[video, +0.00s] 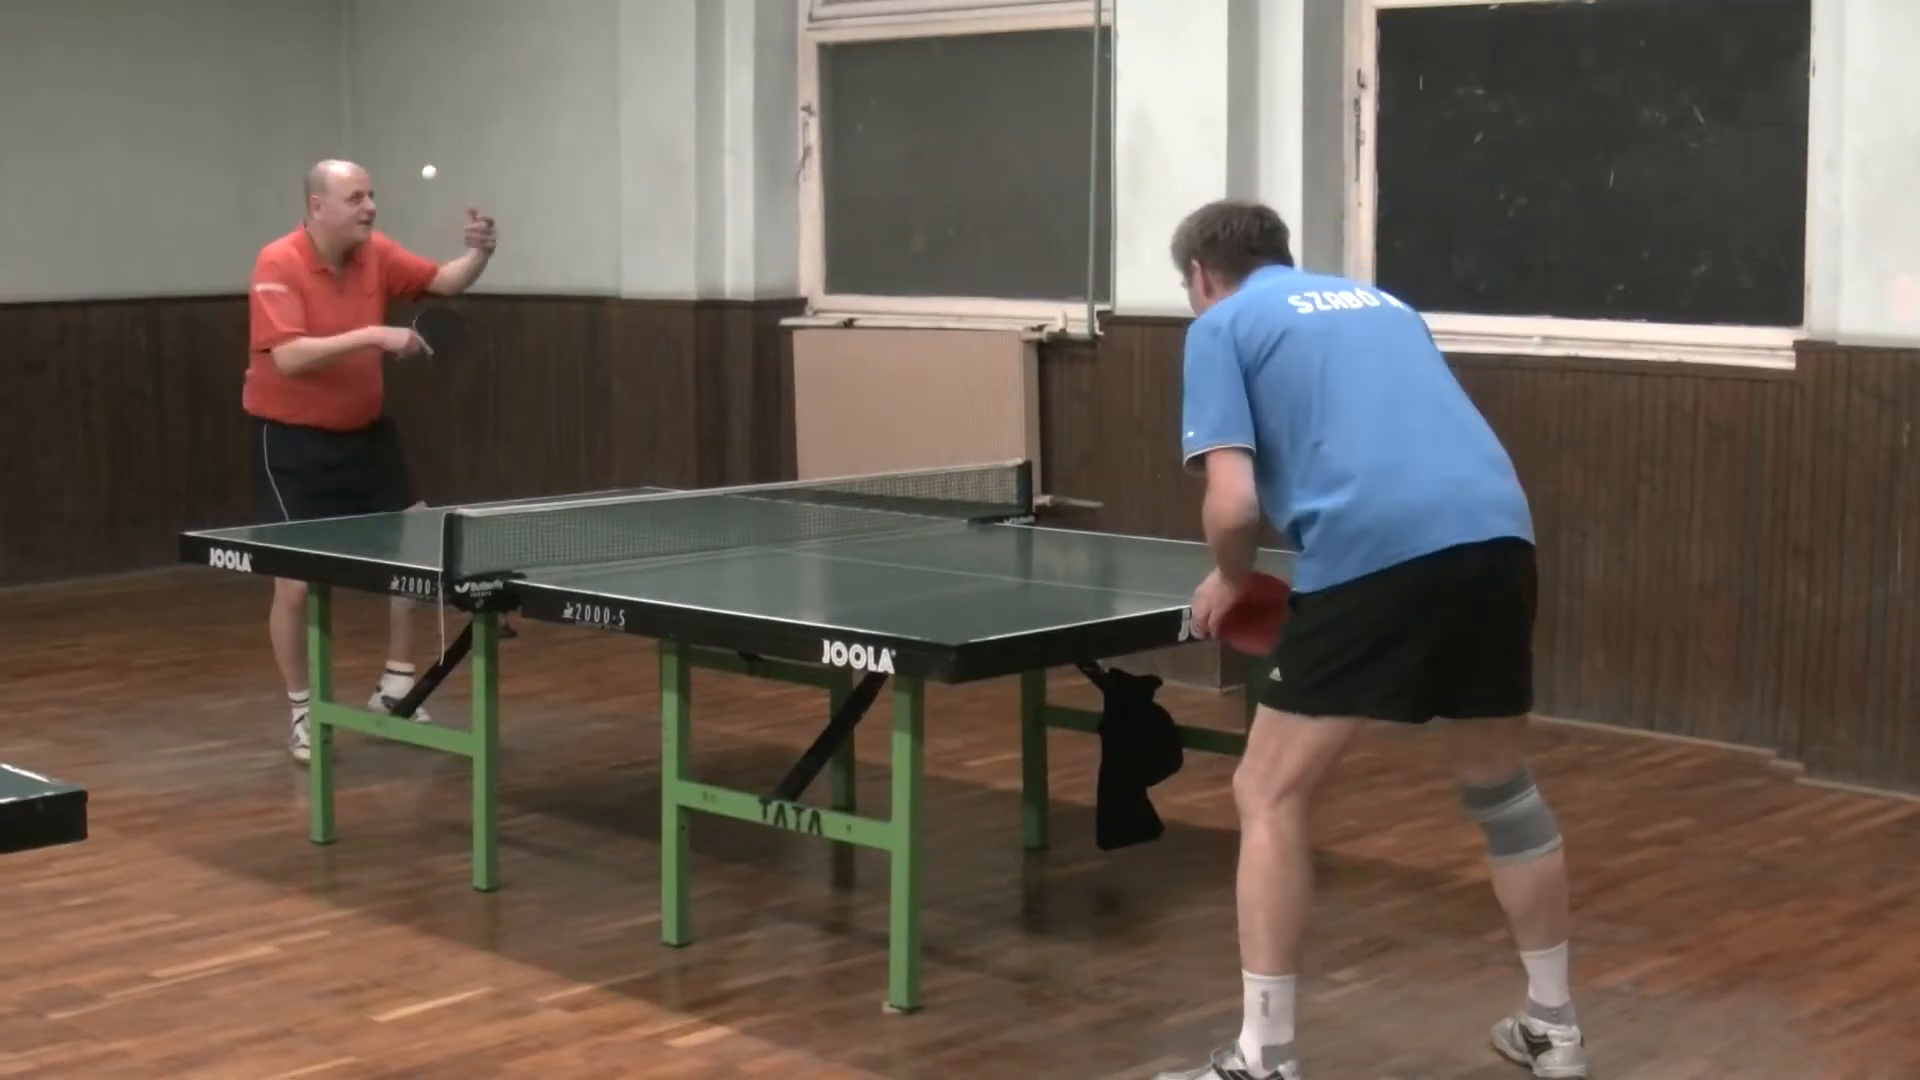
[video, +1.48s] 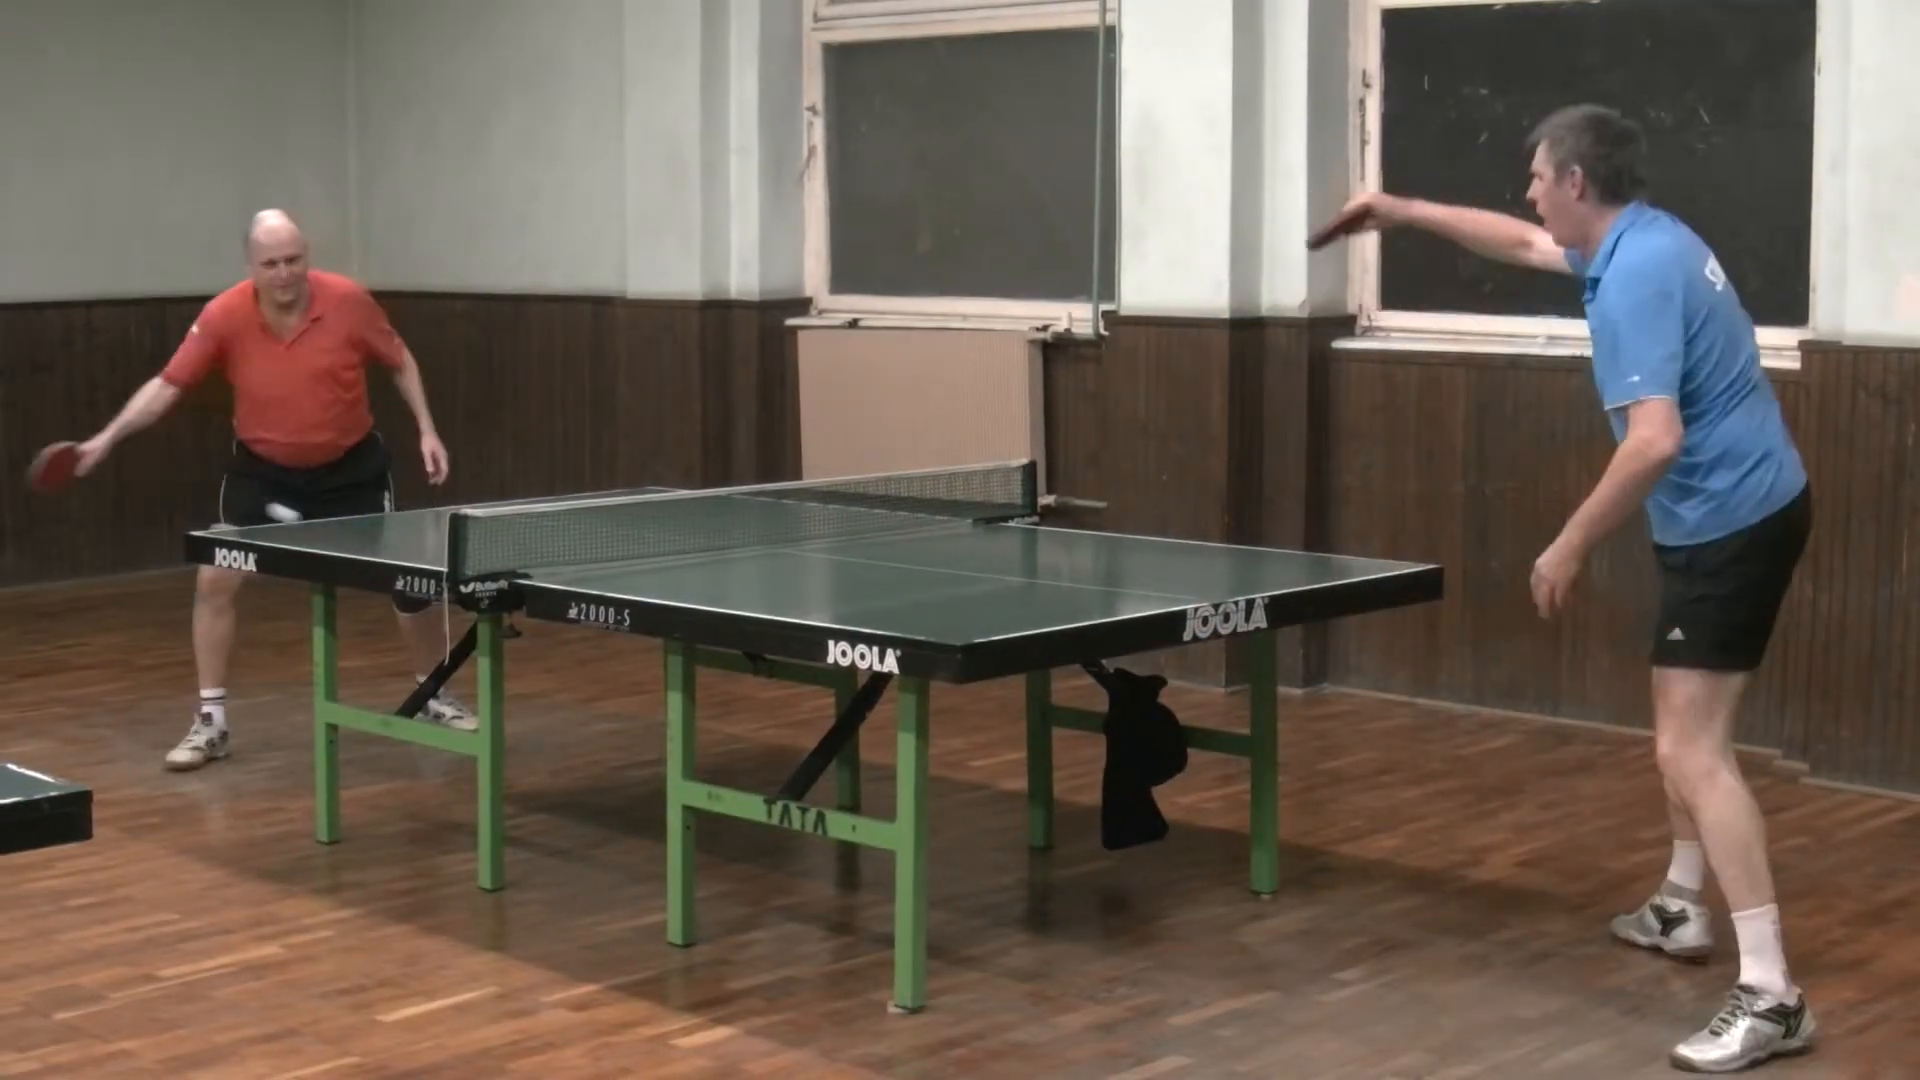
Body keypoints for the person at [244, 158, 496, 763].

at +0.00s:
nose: (370, 208)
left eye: (371, 197)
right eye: (356, 199)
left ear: (370, 203)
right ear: (317, 208)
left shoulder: (372, 253)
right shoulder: (280, 262)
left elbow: (444, 281)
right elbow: (288, 355)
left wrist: (478, 252)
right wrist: (372, 335)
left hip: (368, 433)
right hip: (295, 438)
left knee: (412, 555)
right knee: (295, 581)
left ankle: (398, 686)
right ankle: (302, 707)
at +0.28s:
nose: (404, 273)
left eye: (410, 263)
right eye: (400, 261)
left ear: (391, 247)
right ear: (366, 238)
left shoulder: (389, 277)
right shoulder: (311, 263)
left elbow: (447, 306)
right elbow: (305, 357)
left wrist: (511, 308)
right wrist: (379, 355)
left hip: (362, 433)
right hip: (292, 437)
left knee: (439, 535)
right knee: (298, 581)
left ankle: (478, 668)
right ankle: (304, 712)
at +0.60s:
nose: (445, 279)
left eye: (451, 269)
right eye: (437, 266)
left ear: (456, 262)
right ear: (402, 246)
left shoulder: (448, 298)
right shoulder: (344, 258)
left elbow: (483, 350)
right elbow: (249, 252)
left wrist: (527, 388)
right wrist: (289, 304)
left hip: (393, 442)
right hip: (318, 436)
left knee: (423, 571)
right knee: (310, 572)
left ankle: (428, 702)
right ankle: (303, 708)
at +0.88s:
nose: (425, 248)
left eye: (429, 238)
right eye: (413, 239)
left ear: (430, 236)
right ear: (376, 236)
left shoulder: (434, 285)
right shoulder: (322, 269)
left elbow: (458, 345)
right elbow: (242, 322)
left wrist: (490, 394)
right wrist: (286, 361)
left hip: (391, 451)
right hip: (306, 448)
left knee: (426, 575)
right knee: (261, 574)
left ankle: (428, 701)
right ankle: (227, 706)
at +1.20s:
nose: (355, 252)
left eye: (358, 241)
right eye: (342, 244)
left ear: (359, 239)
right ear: (305, 246)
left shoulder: (375, 286)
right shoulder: (262, 297)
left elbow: (402, 346)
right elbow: (228, 387)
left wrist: (419, 395)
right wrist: (282, 430)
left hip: (361, 452)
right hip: (275, 456)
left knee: (415, 571)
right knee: (236, 575)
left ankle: (431, 694)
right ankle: (218, 715)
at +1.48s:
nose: (285, 273)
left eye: (294, 260)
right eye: (272, 263)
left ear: (309, 257)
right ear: (251, 265)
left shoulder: (347, 300)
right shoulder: (226, 315)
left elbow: (401, 363)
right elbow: (166, 386)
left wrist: (427, 431)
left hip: (352, 470)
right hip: (261, 473)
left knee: (413, 583)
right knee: (215, 577)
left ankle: (439, 697)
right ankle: (211, 721)